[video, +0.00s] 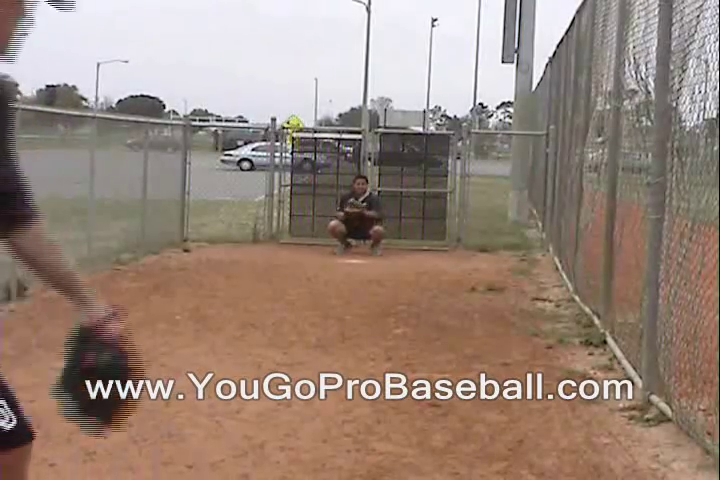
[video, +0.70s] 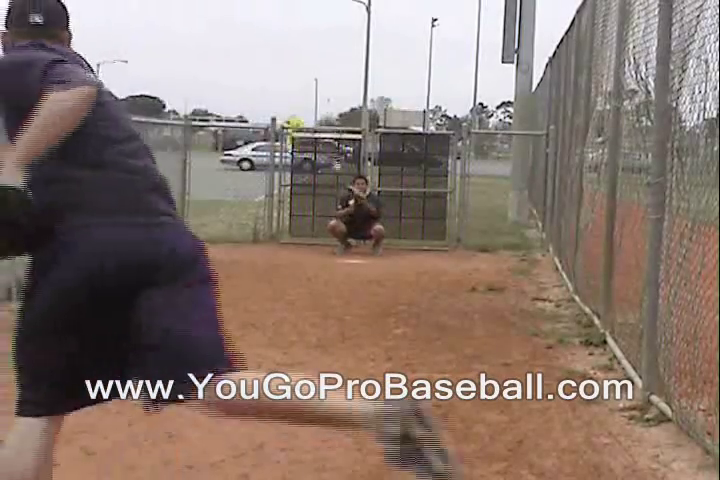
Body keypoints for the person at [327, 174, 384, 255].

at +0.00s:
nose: (360, 187)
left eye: (363, 184)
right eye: (358, 184)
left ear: (367, 186)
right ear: (353, 186)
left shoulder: (372, 199)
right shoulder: (346, 198)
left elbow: (379, 215)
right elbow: (338, 214)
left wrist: (364, 212)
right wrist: (346, 214)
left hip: (366, 227)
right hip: (350, 227)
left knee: (378, 230)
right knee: (333, 226)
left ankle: (374, 246)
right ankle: (345, 244)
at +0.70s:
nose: (360, 187)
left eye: (362, 184)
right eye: (358, 184)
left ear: (366, 186)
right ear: (353, 186)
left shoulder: (373, 198)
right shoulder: (346, 198)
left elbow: (377, 215)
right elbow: (338, 214)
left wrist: (364, 203)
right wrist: (349, 209)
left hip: (367, 227)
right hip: (350, 226)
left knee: (379, 229)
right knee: (333, 225)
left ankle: (376, 245)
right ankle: (346, 245)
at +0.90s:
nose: (357, 187)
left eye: (360, 185)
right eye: (355, 185)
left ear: (364, 187)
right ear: (351, 186)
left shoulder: (371, 197)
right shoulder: (346, 197)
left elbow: (371, 205)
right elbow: (338, 213)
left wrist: (357, 203)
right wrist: (350, 211)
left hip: (367, 227)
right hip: (350, 227)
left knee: (379, 229)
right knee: (334, 225)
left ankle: (377, 245)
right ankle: (346, 244)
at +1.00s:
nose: (357, 188)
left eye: (359, 185)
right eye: (354, 185)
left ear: (364, 187)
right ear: (351, 187)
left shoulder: (371, 197)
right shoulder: (347, 197)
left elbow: (370, 207)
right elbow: (338, 209)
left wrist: (354, 208)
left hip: (366, 227)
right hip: (350, 227)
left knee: (379, 229)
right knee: (334, 225)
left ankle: (377, 245)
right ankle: (346, 244)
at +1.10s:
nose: (356, 189)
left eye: (359, 186)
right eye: (354, 186)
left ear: (364, 186)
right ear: (351, 187)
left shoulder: (371, 198)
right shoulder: (347, 199)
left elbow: (370, 209)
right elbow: (338, 215)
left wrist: (354, 209)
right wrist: (344, 210)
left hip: (366, 228)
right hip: (350, 227)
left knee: (379, 230)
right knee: (333, 225)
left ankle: (377, 245)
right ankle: (346, 245)